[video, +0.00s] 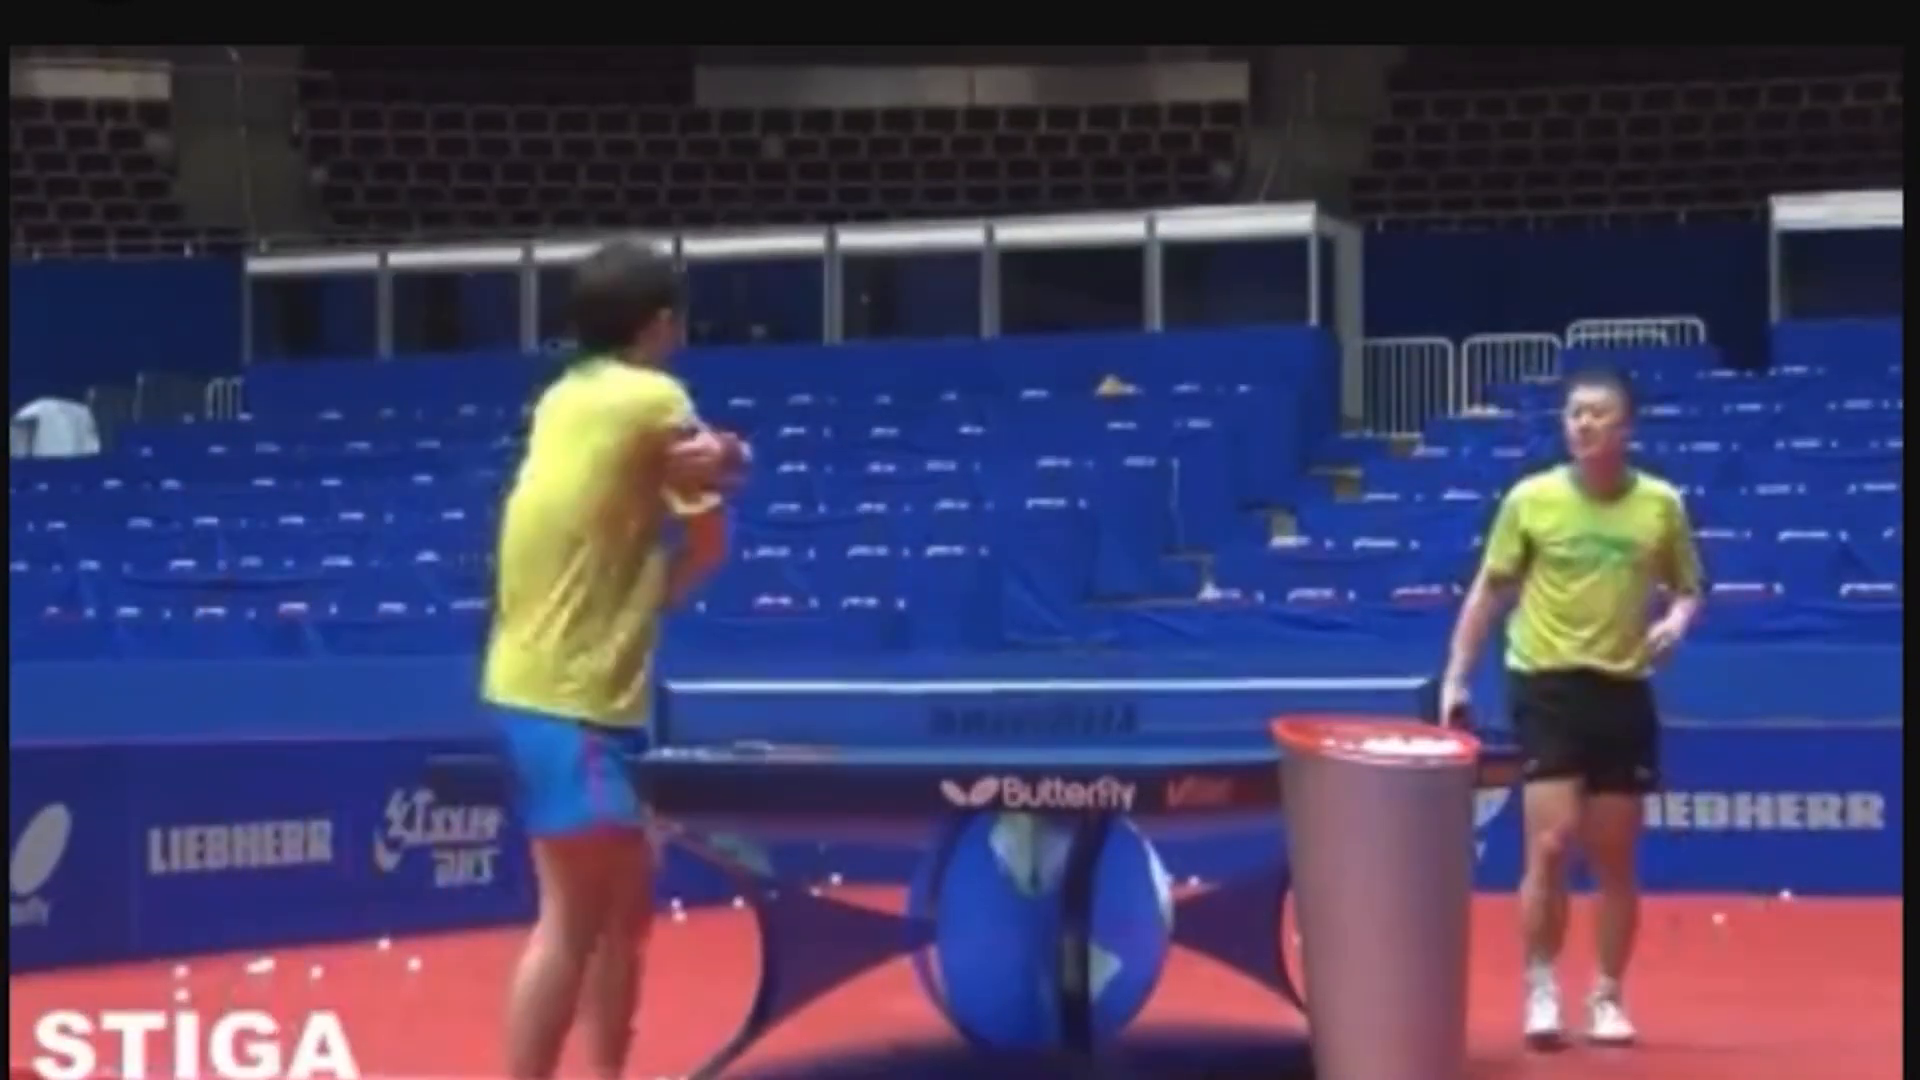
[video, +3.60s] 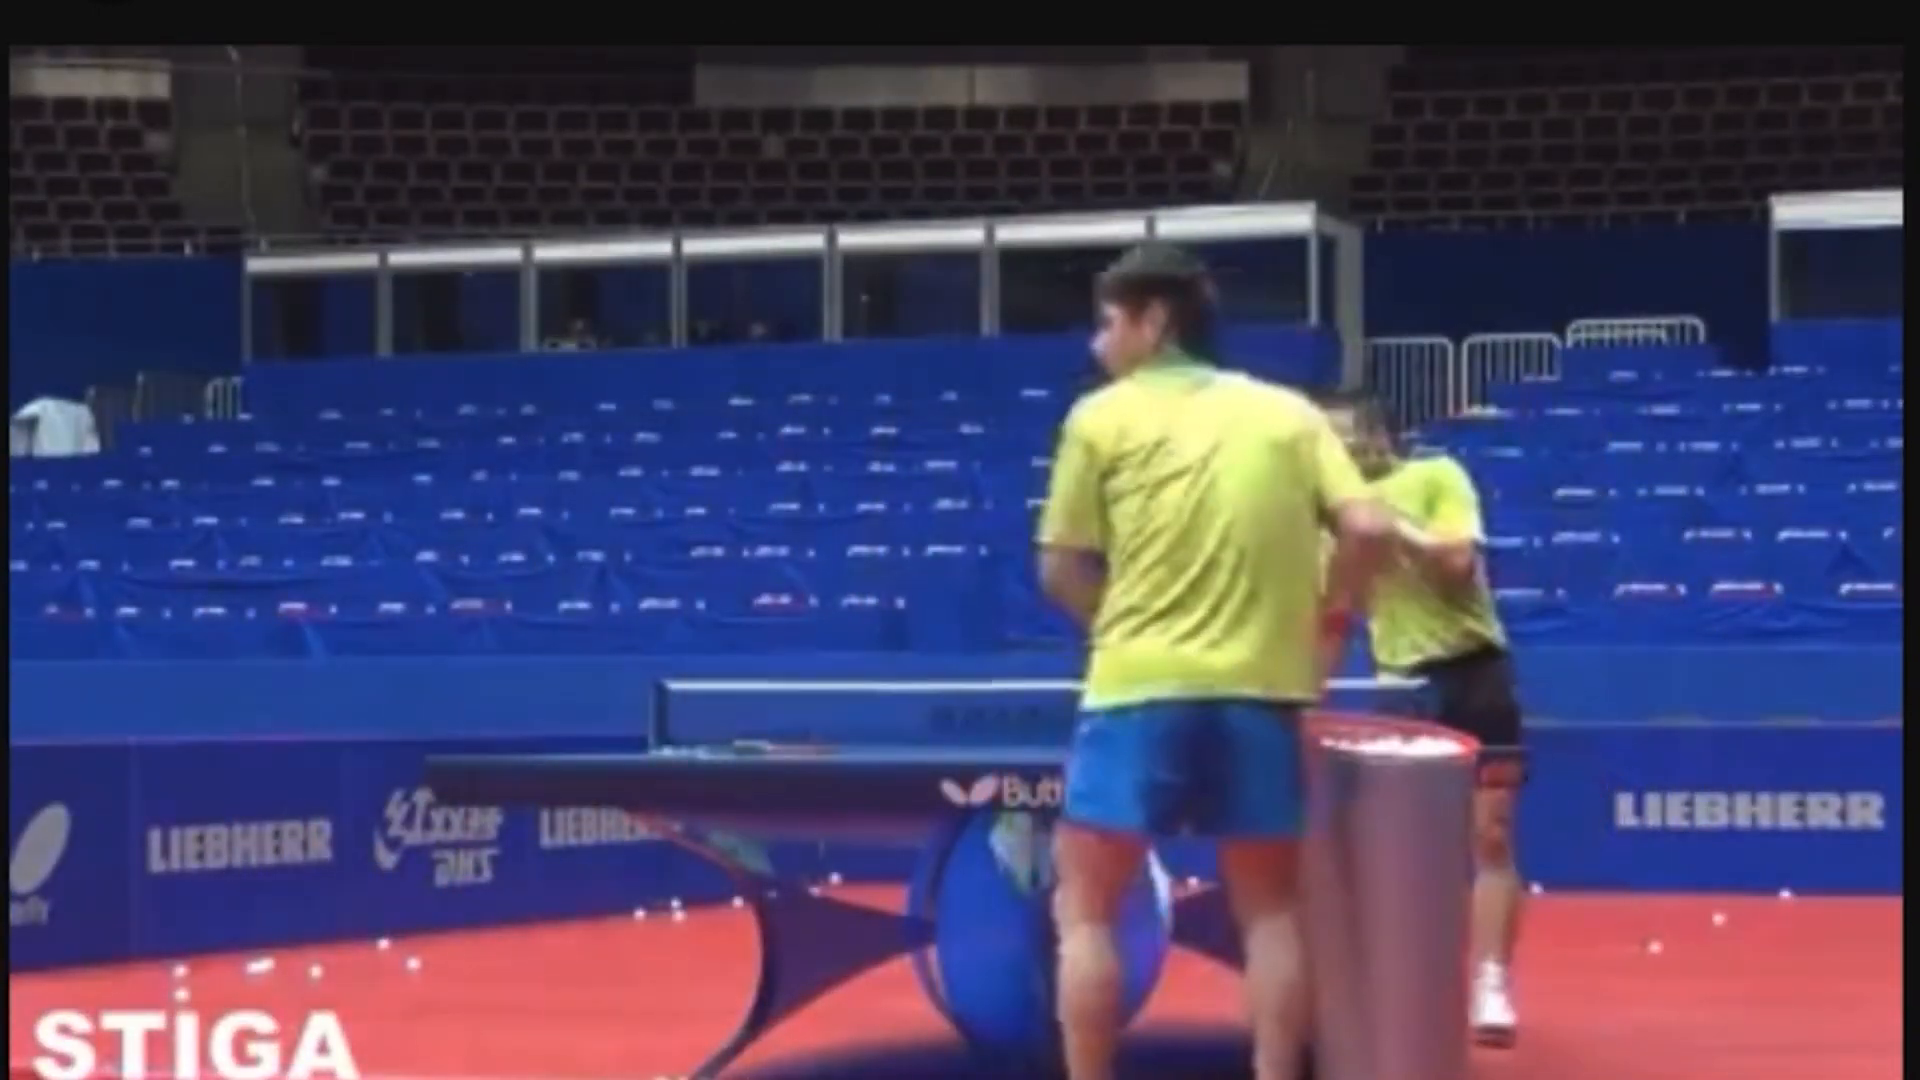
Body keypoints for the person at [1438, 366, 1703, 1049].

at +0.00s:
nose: (1584, 425)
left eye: (1598, 413)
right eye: (1576, 413)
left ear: (1626, 424)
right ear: (1564, 424)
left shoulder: (1660, 505)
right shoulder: (1529, 499)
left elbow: (1689, 587)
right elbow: (1489, 589)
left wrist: (1674, 623)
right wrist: (1455, 675)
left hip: (1623, 678)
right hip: (1547, 676)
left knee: (1615, 850)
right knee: (1551, 843)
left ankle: (1608, 993)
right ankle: (1541, 987)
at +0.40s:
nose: (1528, 431)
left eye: (1542, 419)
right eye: (1519, 418)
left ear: (1570, 432)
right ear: (1506, 429)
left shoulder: (1608, 507)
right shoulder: (1479, 507)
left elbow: (1642, 587)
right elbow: (1450, 577)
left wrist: (1616, 606)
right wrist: (1435, 584)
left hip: (1573, 686)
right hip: (1493, 685)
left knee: (1593, 852)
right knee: (1473, 845)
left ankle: (1604, 992)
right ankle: (1464, 979)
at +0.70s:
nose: (1459, 433)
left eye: (1472, 421)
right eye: (1450, 420)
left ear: (1499, 430)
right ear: (1439, 430)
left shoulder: (1535, 501)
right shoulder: (1424, 508)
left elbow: (1578, 579)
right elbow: (1398, 597)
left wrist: (1522, 604)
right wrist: (1361, 548)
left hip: (1516, 677)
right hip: (1450, 677)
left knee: (1529, 839)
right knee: (1453, 844)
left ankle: (1556, 984)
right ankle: (1459, 983)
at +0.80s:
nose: (1443, 432)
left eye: (1455, 421)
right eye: (1434, 422)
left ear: (1482, 430)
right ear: (1422, 433)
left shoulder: (1520, 496)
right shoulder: (1416, 508)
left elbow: (1565, 571)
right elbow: (1374, 572)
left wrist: (1500, 601)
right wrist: (1366, 612)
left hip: (1508, 673)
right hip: (1445, 673)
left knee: (1502, 834)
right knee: (1446, 836)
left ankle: (1520, 981)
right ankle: (1453, 980)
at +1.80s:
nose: (1481, 435)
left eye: (1494, 423)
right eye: (1473, 424)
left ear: (1520, 434)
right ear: (1460, 435)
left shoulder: (1560, 503)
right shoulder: (1440, 509)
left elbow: (1576, 591)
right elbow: (1418, 587)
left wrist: (1506, 601)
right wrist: (1443, 602)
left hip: (1538, 680)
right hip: (1462, 680)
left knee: (1562, 843)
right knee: (1458, 846)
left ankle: (1586, 984)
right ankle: (1458, 985)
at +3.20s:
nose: (1401, 443)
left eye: (1410, 429)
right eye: (1391, 431)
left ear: (1434, 430)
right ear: (1378, 439)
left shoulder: (1477, 486)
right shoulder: (1370, 495)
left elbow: (1498, 565)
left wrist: (1429, 533)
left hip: (1476, 670)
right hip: (1394, 677)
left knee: (1515, 835)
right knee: (1386, 841)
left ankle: (1559, 977)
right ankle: (1384, 990)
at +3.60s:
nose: (1340, 452)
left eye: (1349, 437)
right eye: (1331, 440)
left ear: (1378, 434)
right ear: (1325, 447)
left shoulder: (1437, 476)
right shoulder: (1339, 509)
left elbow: (1458, 562)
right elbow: (1334, 609)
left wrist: (1389, 524)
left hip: (1471, 664)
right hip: (1400, 675)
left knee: (1490, 830)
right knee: (1405, 834)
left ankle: (1490, 980)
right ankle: (1407, 984)